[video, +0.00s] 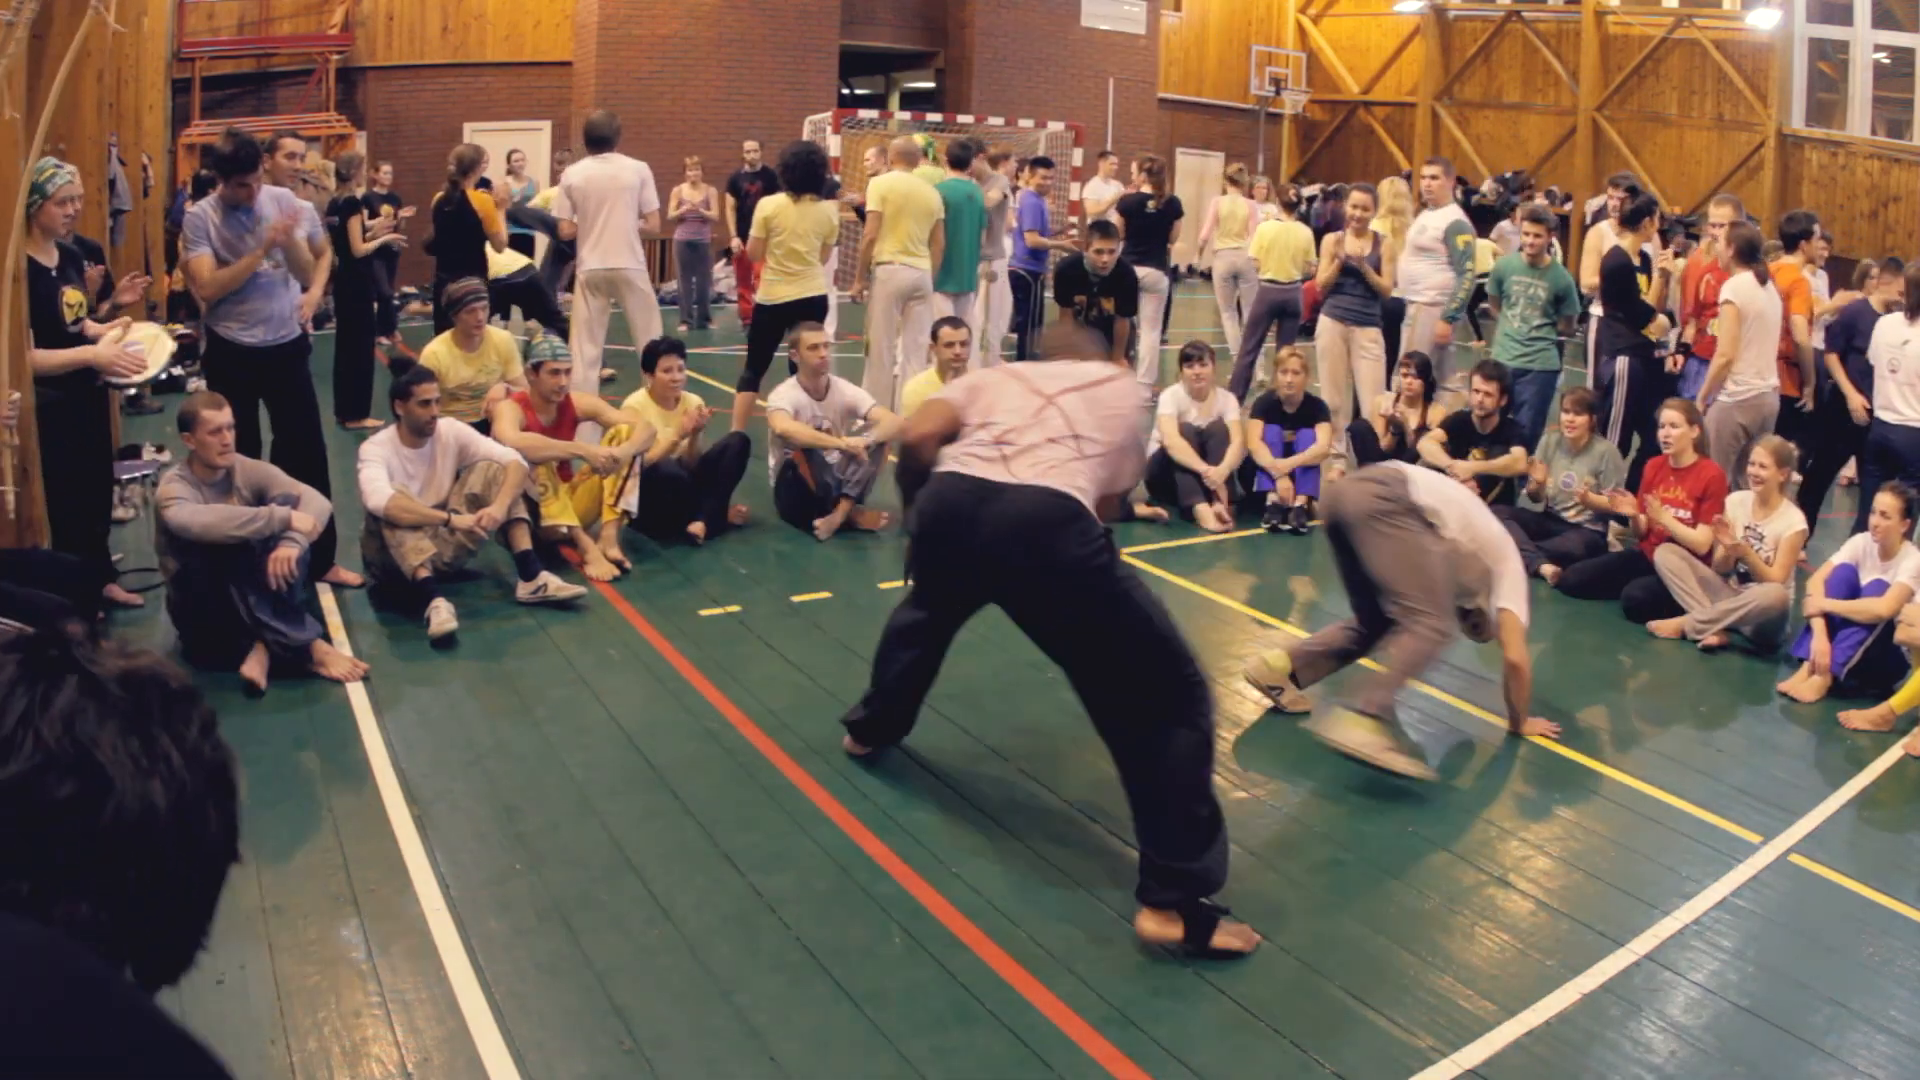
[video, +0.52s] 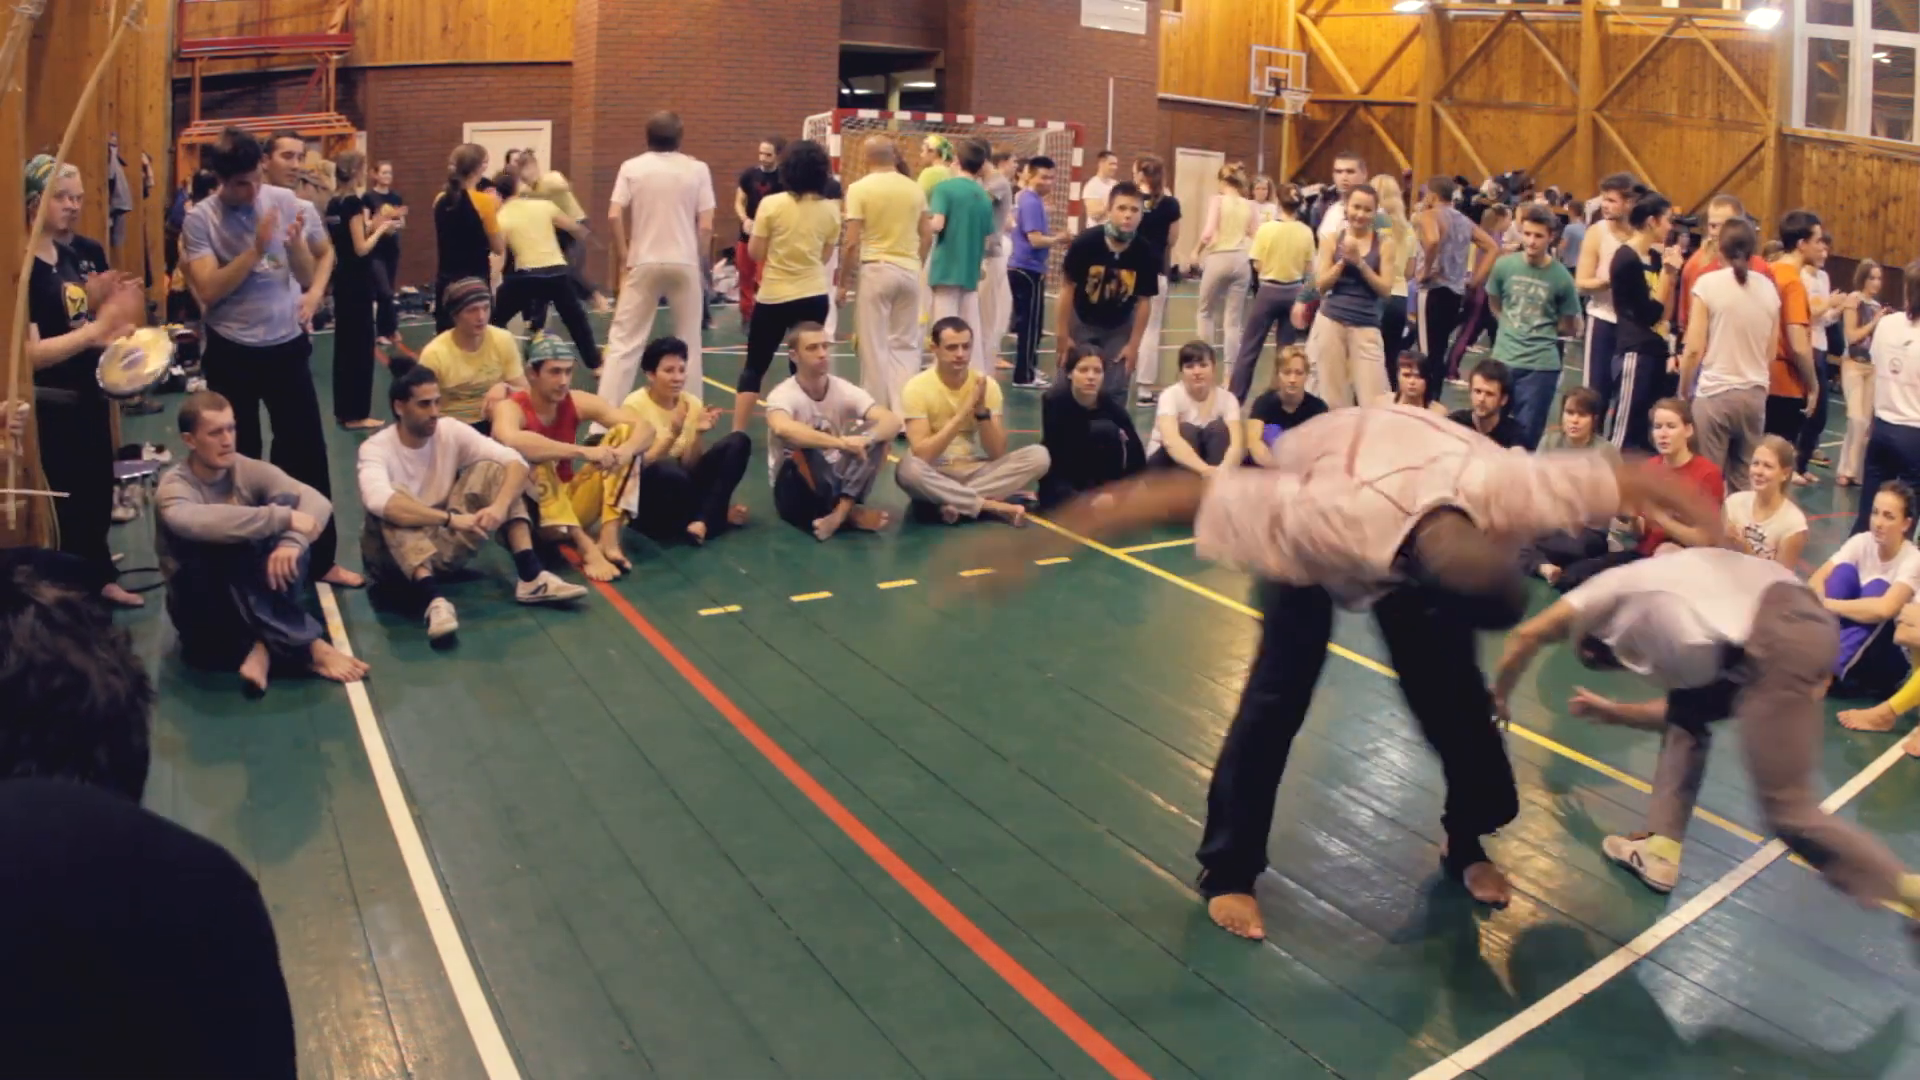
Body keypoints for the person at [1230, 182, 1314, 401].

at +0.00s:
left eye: (1277, 201)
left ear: (1277, 204)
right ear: (1298, 206)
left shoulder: (1265, 228)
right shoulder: (1305, 232)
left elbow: (1254, 257)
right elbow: (1311, 266)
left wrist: (1267, 272)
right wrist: (1293, 275)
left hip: (1267, 287)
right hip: (1293, 288)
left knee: (1250, 347)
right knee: (1286, 349)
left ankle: (1235, 398)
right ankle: (1284, 402)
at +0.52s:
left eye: (1278, 202)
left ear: (1278, 203)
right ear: (1299, 205)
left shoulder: (1267, 229)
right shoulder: (1306, 232)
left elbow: (1255, 259)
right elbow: (1309, 263)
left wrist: (1264, 278)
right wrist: (1300, 280)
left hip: (1268, 286)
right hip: (1294, 287)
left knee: (1251, 344)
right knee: (1287, 346)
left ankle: (1236, 396)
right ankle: (1285, 398)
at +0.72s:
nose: (1309, 169)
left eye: (1316, 163)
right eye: (1303, 163)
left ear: (1330, 166)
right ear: (1297, 168)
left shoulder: (1338, 201)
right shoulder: (1298, 199)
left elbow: (1345, 248)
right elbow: (1285, 246)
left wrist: (1332, 289)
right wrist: (1263, 286)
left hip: (1318, 293)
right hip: (1292, 292)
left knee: (1316, 364)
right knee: (1287, 359)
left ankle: (1319, 423)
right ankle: (1283, 419)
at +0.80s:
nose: (1298, 168)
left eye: (1304, 162)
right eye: (1292, 162)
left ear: (1317, 165)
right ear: (1286, 167)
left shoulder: (1328, 202)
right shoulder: (1286, 199)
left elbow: (1337, 250)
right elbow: (1271, 246)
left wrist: (1330, 289)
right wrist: (1249, 282)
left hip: (1309, 288)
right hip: (1282, 287)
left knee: (1302, 358)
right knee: (1280, 356)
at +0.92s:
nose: (1282, 166)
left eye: (1288, 161)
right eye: (1277, 161)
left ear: (1300, 163)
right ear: (1270, 166)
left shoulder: (1311, 200)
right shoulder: (1270, 198)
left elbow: (1327, 251)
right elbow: (1253, 242)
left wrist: (1319, 297)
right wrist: (1230, 276)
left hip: (1293, 287)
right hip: (1268, 285)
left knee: (1265, 355)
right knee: (1266, 355)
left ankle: (1267, 417)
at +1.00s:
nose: (1272, 166)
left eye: (1278, 160)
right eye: (1266, 161)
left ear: (1291, 164)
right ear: (1260, 166)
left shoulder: (1302, 201)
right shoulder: (1258, 198)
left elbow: (1316, 251)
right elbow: (1242, 241)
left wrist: (1306, 296)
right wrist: (1217, 275)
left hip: (1282, 287)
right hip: (1259, 286)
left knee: (1250, 357)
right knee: (1274, 357)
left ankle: (1250, 427)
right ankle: (1275, 425)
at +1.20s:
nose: (1243, 166)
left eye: (1249, 161)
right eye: (1238, 161)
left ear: (1263, 164)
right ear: (1232, 166)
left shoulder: (1273, 201)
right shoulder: (1233, 198)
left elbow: (1290, 253)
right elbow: (1218, 245)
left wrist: (1277, 298)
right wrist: (1188, 270)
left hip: (1255, 288)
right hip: (1230, 287)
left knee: (1224, 352)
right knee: (1258, 357)